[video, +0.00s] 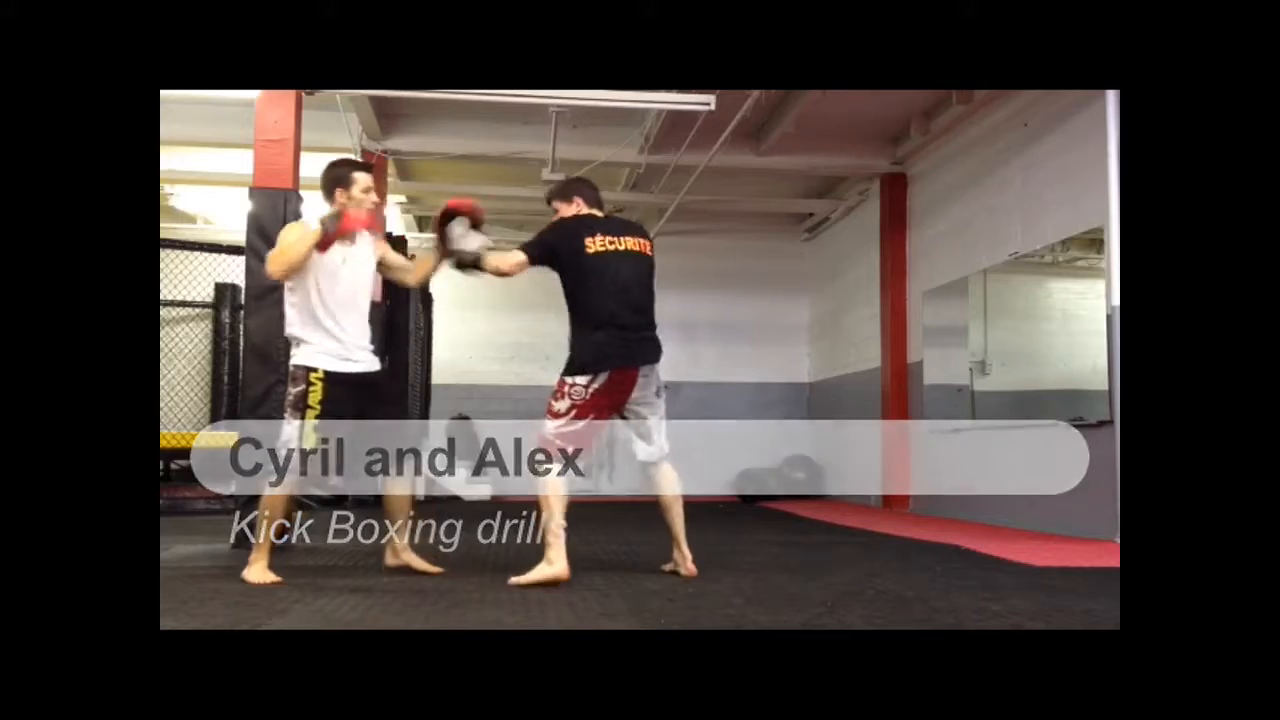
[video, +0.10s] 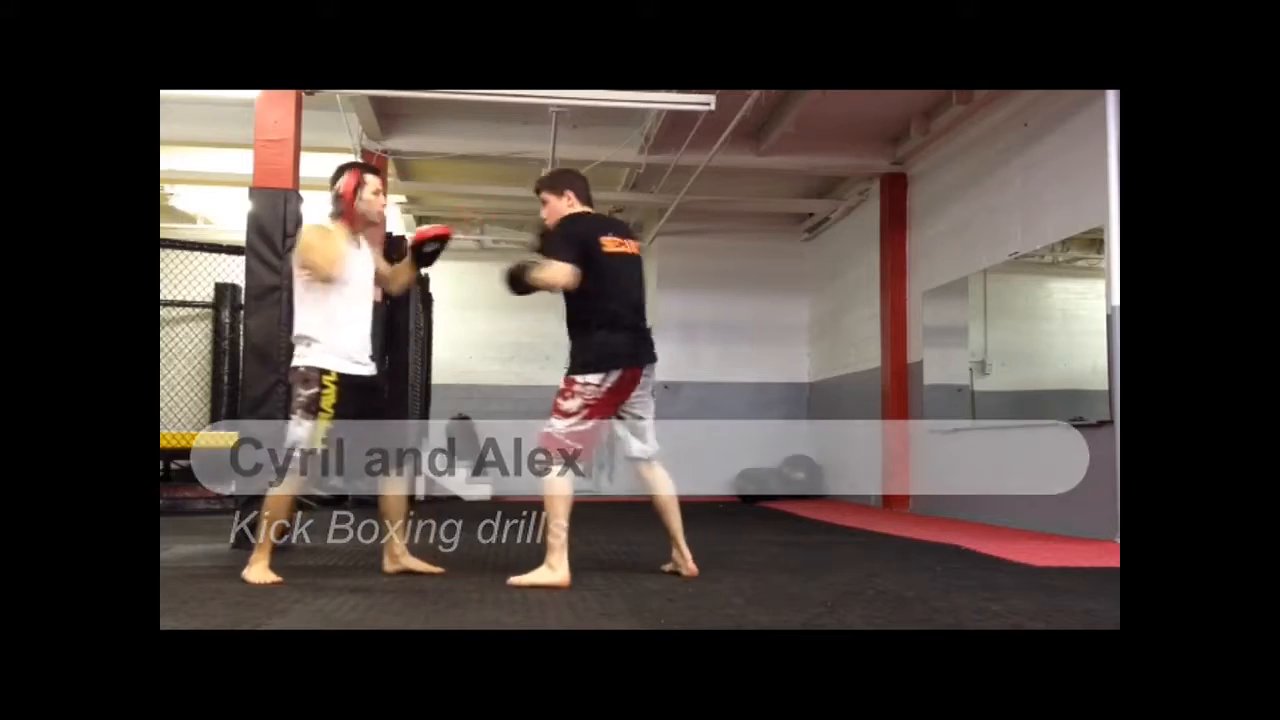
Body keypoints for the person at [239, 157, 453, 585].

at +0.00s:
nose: (373, 198)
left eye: (373, 191)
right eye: (365, 190)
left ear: (357, 196)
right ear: (339, 194)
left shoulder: (370, 241)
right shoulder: (304, 231)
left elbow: (412, 275)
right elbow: (276, 268)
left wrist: (445, 245)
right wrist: (325, 230)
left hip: (365, 365)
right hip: (315, 363)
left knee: (399, 452)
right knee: (294, 463)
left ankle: (399, 546)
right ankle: (259, 559)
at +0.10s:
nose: (380, 201)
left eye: (382, 194)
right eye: (372, 192)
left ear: (379, 201)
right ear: (347, 195)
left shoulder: (367, 247)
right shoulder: (314, 235)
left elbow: (396, 284)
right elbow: (326, 267)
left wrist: (412, 254)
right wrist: (353, 221)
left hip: (362, 367)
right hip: (318, 364)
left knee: (395, 451)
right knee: (300, 459)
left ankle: (396, 550)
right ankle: (260, 559)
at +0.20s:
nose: (389, 204)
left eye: (389, 197)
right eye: (383, 197)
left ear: (364, 200)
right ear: (360, 198)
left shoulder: (366, 242)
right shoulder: (343, 236)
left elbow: (384, 298)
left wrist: (405, 257)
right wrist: (403, 228)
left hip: (356, 369)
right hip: (325, 367)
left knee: (391, 454)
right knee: (312, 463)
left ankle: (396, 551)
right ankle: (260, 559)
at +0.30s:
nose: (392, 207)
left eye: (392, 200)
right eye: (386, 199)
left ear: (365, 201)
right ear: (363, 199)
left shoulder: (366, 242)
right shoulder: (346, 233)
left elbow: (382, 301)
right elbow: (400, 259)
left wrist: (408, 262)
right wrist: (410, 217)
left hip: (356, 368)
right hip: (326, 366)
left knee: (388, 455)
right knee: (310, 462)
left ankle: (397, 551)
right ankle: (260, 559)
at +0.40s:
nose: (387, 209)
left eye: (388, 201)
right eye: (382, 200)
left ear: (366, 203)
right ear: (357, 200)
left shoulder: (366, 249)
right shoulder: (332, 234)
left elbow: (386, 299)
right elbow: (370, 263)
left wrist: (414, 271)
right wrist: (406, 228)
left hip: (361, 371)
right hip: (323, 369)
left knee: (397, 455)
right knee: (308, 464)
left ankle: (397, 552)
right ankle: (259, 560)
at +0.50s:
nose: (384, 211)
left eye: (385, 203)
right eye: (378, 202)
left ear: (359, 204)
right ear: (352, 201)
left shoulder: (362, 250)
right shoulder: (317, 238)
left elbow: (392, 294)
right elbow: (328, 283)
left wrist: (429, 285)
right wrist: (378, 246)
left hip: (365, 372)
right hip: (322, 370)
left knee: (405, 456)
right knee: (303, 468)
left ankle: (399, 549)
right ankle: (259, 560)